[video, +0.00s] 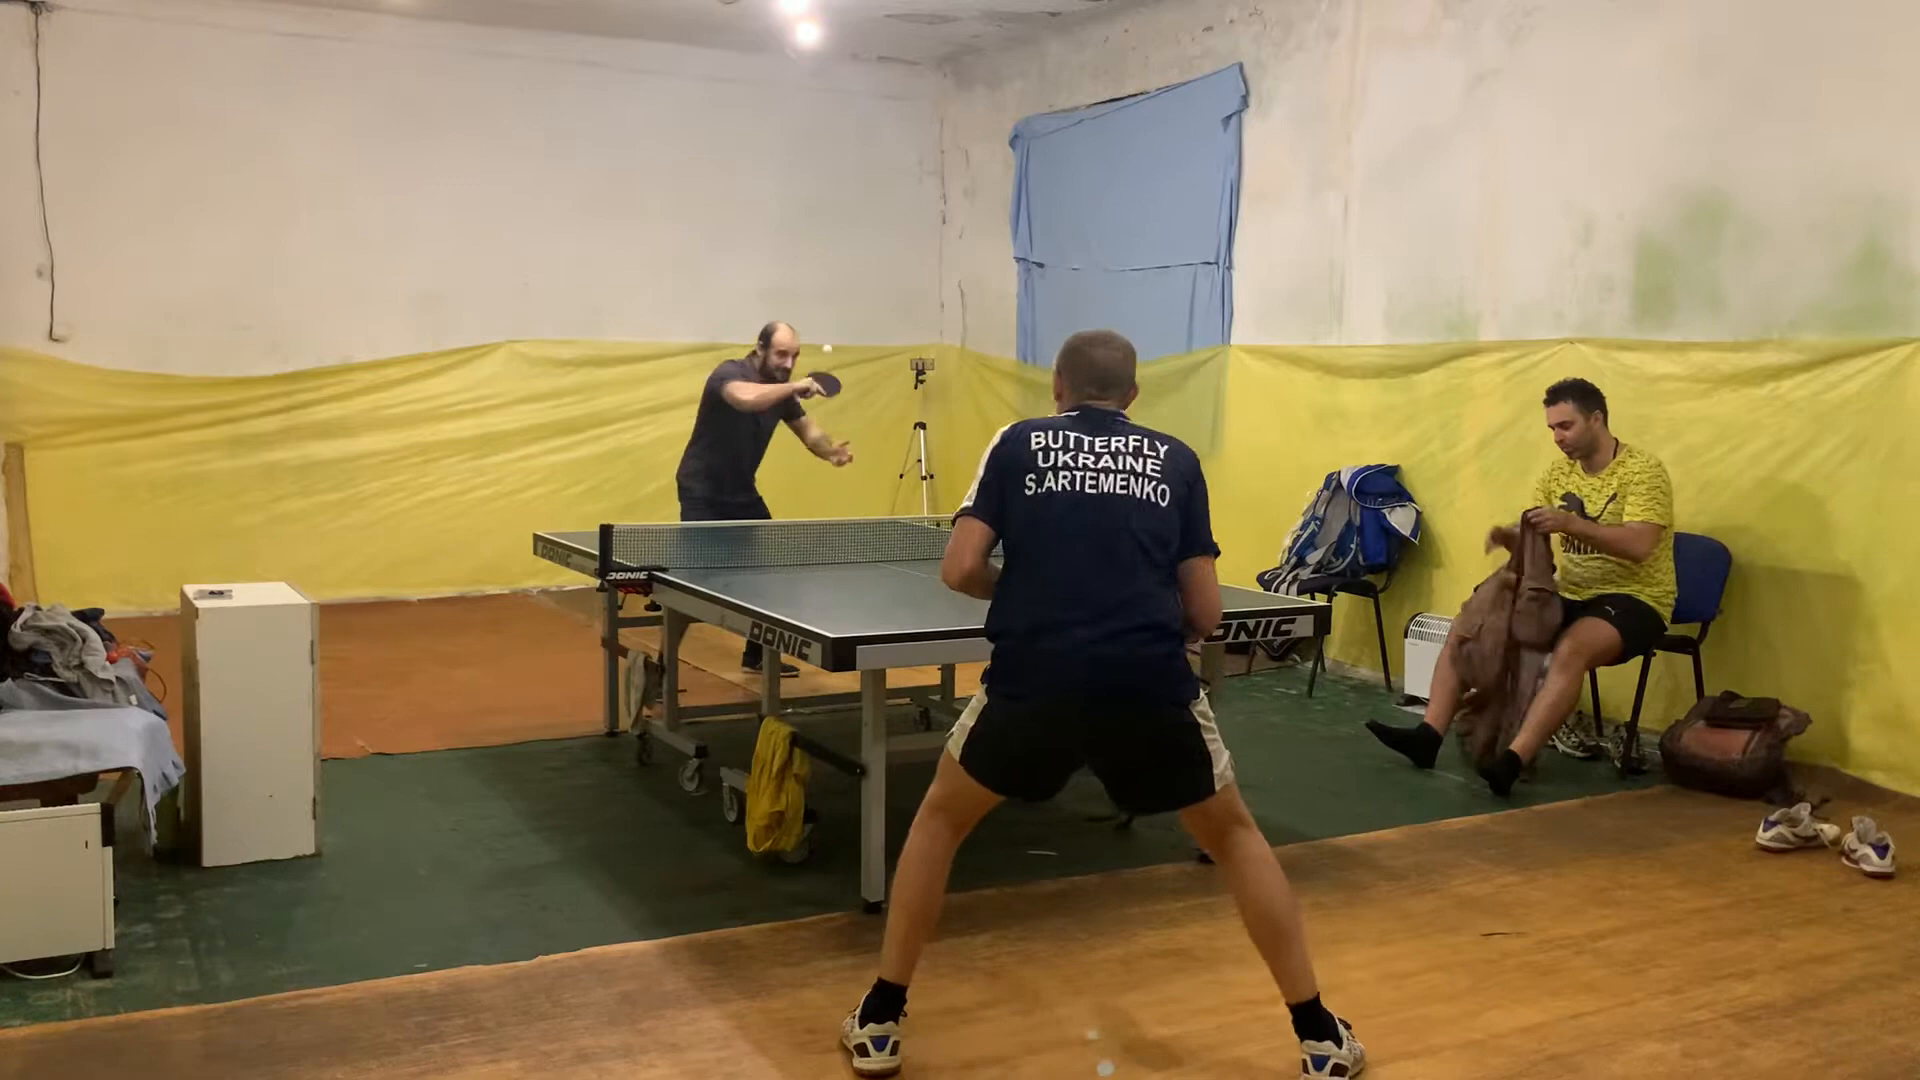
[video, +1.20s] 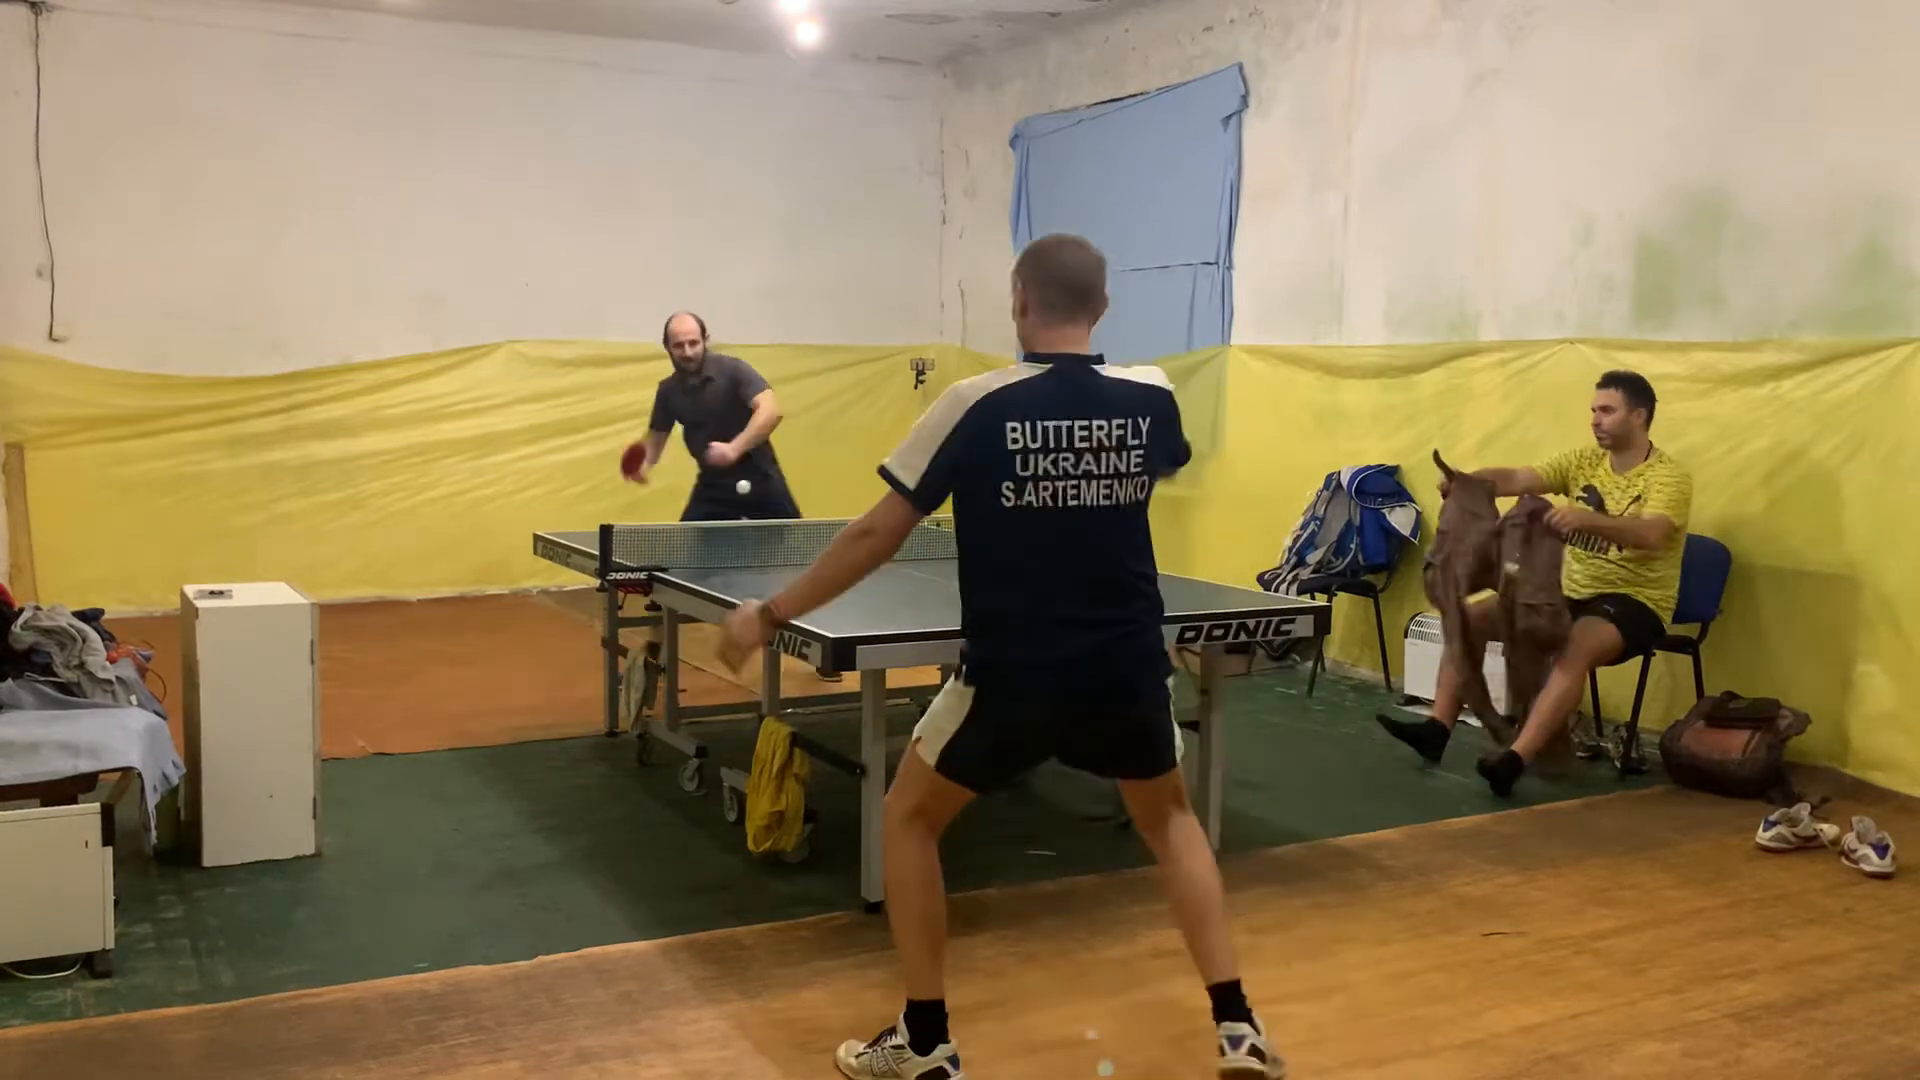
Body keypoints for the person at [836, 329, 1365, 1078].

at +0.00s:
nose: (1056, 397)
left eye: (1055, 387)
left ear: (1058, 391)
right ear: (1133, 397)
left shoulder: (1017, 440)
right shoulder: (1176, 459)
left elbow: (962, 569)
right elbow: (1203, 612)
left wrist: (1026, 591)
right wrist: (1137, 608)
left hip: (1032, 689)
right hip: (1149, 692)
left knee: (942, 821)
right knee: (1235, 837)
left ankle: (880, 1017)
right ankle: (1318, 1031)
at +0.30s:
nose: (1114, 347)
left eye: (1114, 335)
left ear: (1122, 339)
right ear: (1196, 343)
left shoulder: (1098, 405)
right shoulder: (1251, 414)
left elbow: (1063, 536)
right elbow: (1283, 562)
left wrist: (1071, 524)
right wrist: (1211, 553)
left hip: (1128, 666)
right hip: (1237, 668)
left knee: (1016, 821)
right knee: (1273, 829)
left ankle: (938, 1013)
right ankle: (1324, 1033)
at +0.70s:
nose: (1098, 425)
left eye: (1097, 413)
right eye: (1099, 413)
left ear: (1113, 409)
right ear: (1172, 408)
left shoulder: (1117, 463)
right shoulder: (1226, 466)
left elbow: (1104, 603)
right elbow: (1222, 585)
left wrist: (1029, 590)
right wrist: (1100, 599)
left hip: (1185, 692)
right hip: (1280, 686)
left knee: (1028, 821)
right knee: (1268, 817)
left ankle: (945, 1032)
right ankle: (1365, 982)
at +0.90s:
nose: (1020, 427)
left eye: (1020, 415)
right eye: (1021, 416)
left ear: (1036, 405)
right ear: (1095, 409)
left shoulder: (1050, 442)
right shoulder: (1150, 473)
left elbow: (1009, 582)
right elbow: (1099, 647)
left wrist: (907, 580)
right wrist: (980, 631)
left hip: (1103, 702)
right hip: (1201, 702)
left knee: (938, 815)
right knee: (1241, 831)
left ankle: (925, 1037)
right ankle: (1352, 980)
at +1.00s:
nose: (1008, 377)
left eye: (1008, 367)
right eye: (1011, 369)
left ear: (1023, 362)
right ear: (1091, 367)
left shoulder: (1013, 417)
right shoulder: (1141, 437)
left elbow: (938, 552)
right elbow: (1083, 589)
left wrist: (830, 566)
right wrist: (942, 613)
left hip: (1050, 695)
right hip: (1160, 692)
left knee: (914, 819)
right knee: (1226, 829)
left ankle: (924, 1037)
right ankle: (1320, 983)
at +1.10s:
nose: (1004, 333)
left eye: (1004, 322)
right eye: (1009, 322)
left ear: (1016, 322)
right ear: (1097, 329)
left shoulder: (983, 407)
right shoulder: (1149, 408)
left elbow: (882, 536)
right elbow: (1102, 500)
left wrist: (766, 585)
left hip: (1019, 685)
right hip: (1134, 680)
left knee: (909, 819)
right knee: (1193, 817)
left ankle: (925, 1037)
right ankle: (1278, 1007)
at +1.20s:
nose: (1013, 310)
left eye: (1013, 299)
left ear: (1018, 305)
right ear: (1103, 310)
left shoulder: (974, 404)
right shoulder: (1148, 397)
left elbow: (877, 536)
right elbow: (1161, 465)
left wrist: (772, 611)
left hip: (1010, 678)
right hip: (1126, 675)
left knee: (911, 817)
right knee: (1170, 816)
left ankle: (925, 1035)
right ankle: (1236, 1021)